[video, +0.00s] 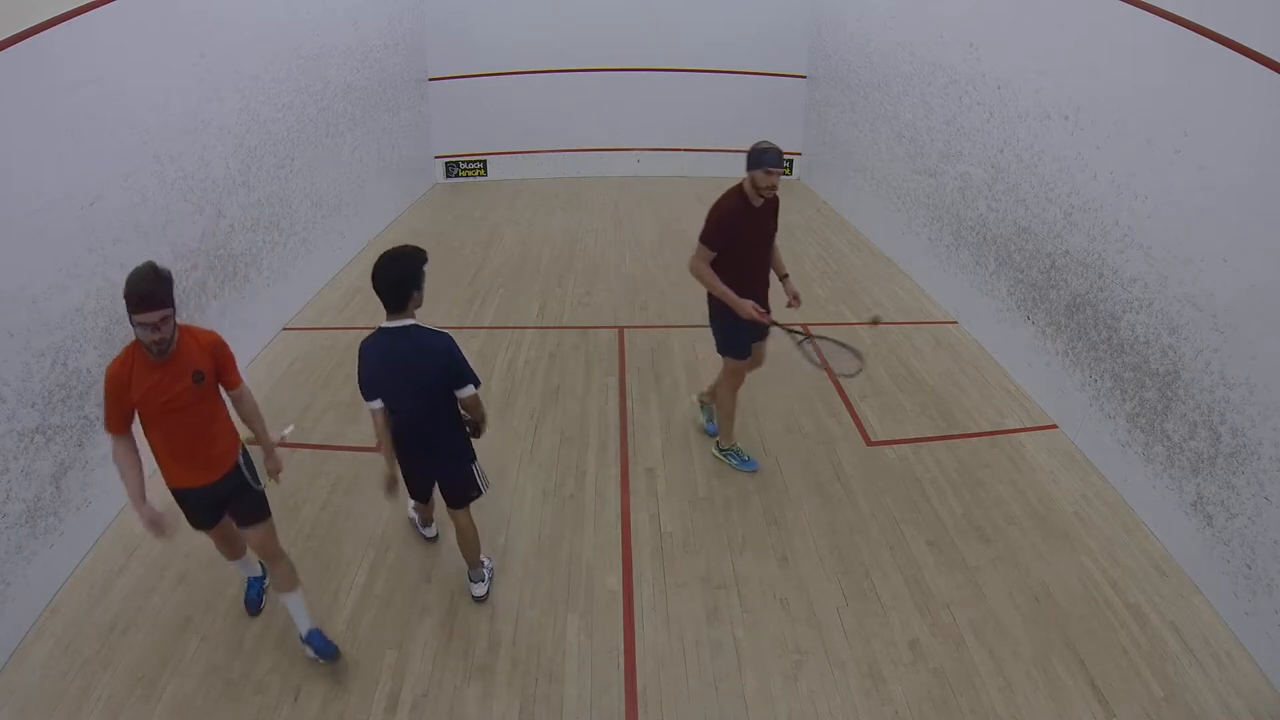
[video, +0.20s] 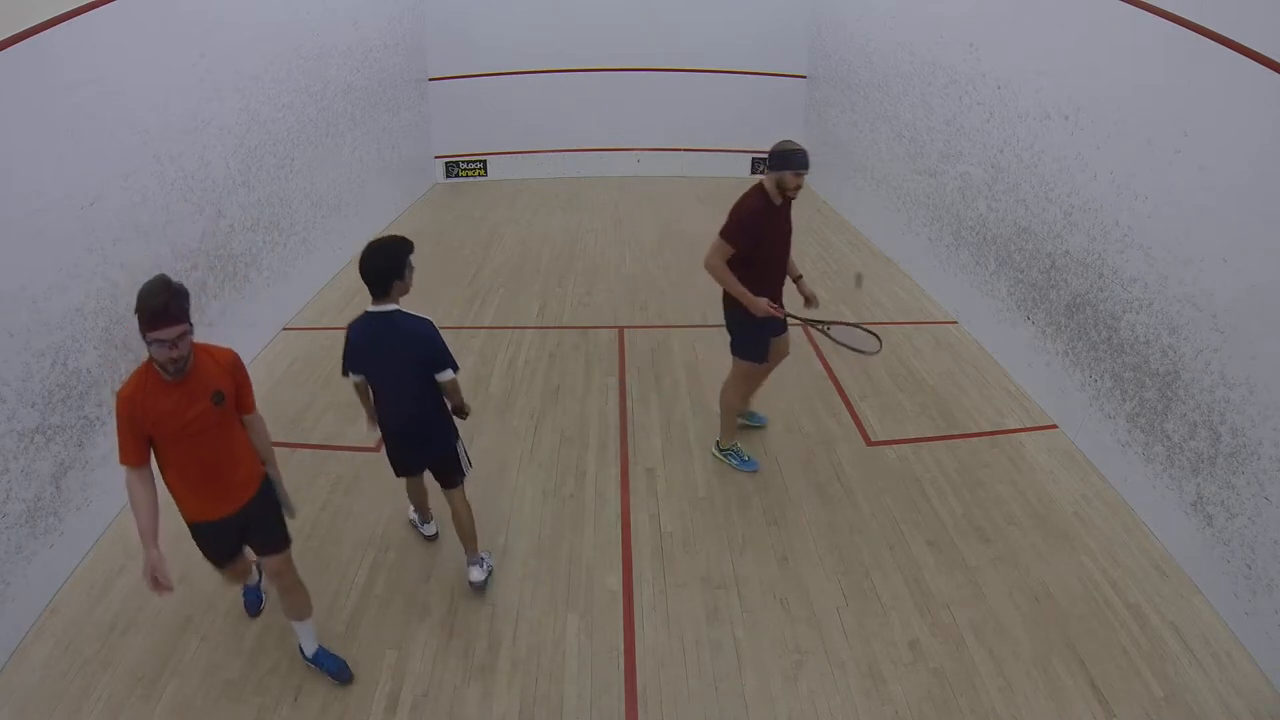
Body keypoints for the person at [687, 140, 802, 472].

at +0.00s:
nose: (772, 181)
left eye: (777, 174)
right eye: (766, 174)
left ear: (780, 173)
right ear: (749, 171)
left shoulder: (771, 200)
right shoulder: (727, 208)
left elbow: (768, 243)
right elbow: (697, 264)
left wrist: (786, 281)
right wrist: (737, 302)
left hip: (757, 297)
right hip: (727, 301)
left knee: (755, 359)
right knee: (734, 370)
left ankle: (708, 397)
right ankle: (725, 444)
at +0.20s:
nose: (799, 183)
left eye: (803, 176)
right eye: (794, 176)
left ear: (802, 173)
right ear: (774, 171)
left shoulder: (783, 197)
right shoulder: (749, 208)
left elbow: (778, 247)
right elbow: (713, 261)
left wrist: (800, 282)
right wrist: (750, 300)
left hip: (771, 302)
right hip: (745, 306)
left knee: (777, 351)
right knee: (745, 373)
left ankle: (739, 405)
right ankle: (726, 442)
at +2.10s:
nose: (853, 156)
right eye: (854, 152)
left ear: (829, 150)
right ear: (853, 154)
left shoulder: (810, 177)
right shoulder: (851, 189)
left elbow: (799, 218)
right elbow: (870, 236)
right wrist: (903, 231)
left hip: (801, 264)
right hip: (834, 269)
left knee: (791, 317)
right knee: (850, 314)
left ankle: (770, 378)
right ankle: (847, 374)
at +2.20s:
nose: (858, 158)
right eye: (859, 155)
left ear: (835, 153)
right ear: (859, 158)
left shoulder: (816, 178)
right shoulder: (854, 194)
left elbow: (805, 199)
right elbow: (875, 237)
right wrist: (909, 226)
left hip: (805, 263)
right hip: (837, 269)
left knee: (793, 318)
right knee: (850, 320)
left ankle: (770, 377)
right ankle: (860, 369)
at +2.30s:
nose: (868, 162)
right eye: (869, 159)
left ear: (845, 158)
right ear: (867, 163)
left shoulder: (827, 181)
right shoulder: (860, 198)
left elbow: (824, 217)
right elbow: (883, 240)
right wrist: (918, 222)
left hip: (813, 265)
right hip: (845, 271)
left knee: (796, 316)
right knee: (855, 318)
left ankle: (771, 373)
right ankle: (861, 367)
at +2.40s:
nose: (878, 166)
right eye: (878, 163)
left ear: (854, 160)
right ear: (876, 168)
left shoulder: (838, 180)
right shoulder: (867, 201)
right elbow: (891, 239)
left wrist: (877, 195)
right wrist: (926, 217)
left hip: (821, 262)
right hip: (853, 269)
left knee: (801, 306)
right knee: (862, 314)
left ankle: (774, 360)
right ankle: (861, 366)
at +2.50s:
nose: (882, 165)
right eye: (884, 162)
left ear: (860, 159)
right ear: (883, 167)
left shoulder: (846, 176)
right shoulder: (870, 199)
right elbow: (896, 234)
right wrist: (928, 207)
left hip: (825, 260)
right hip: (856, 268)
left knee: (806, 304)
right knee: (865, 313)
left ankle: (777, 356)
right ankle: (861, 366)